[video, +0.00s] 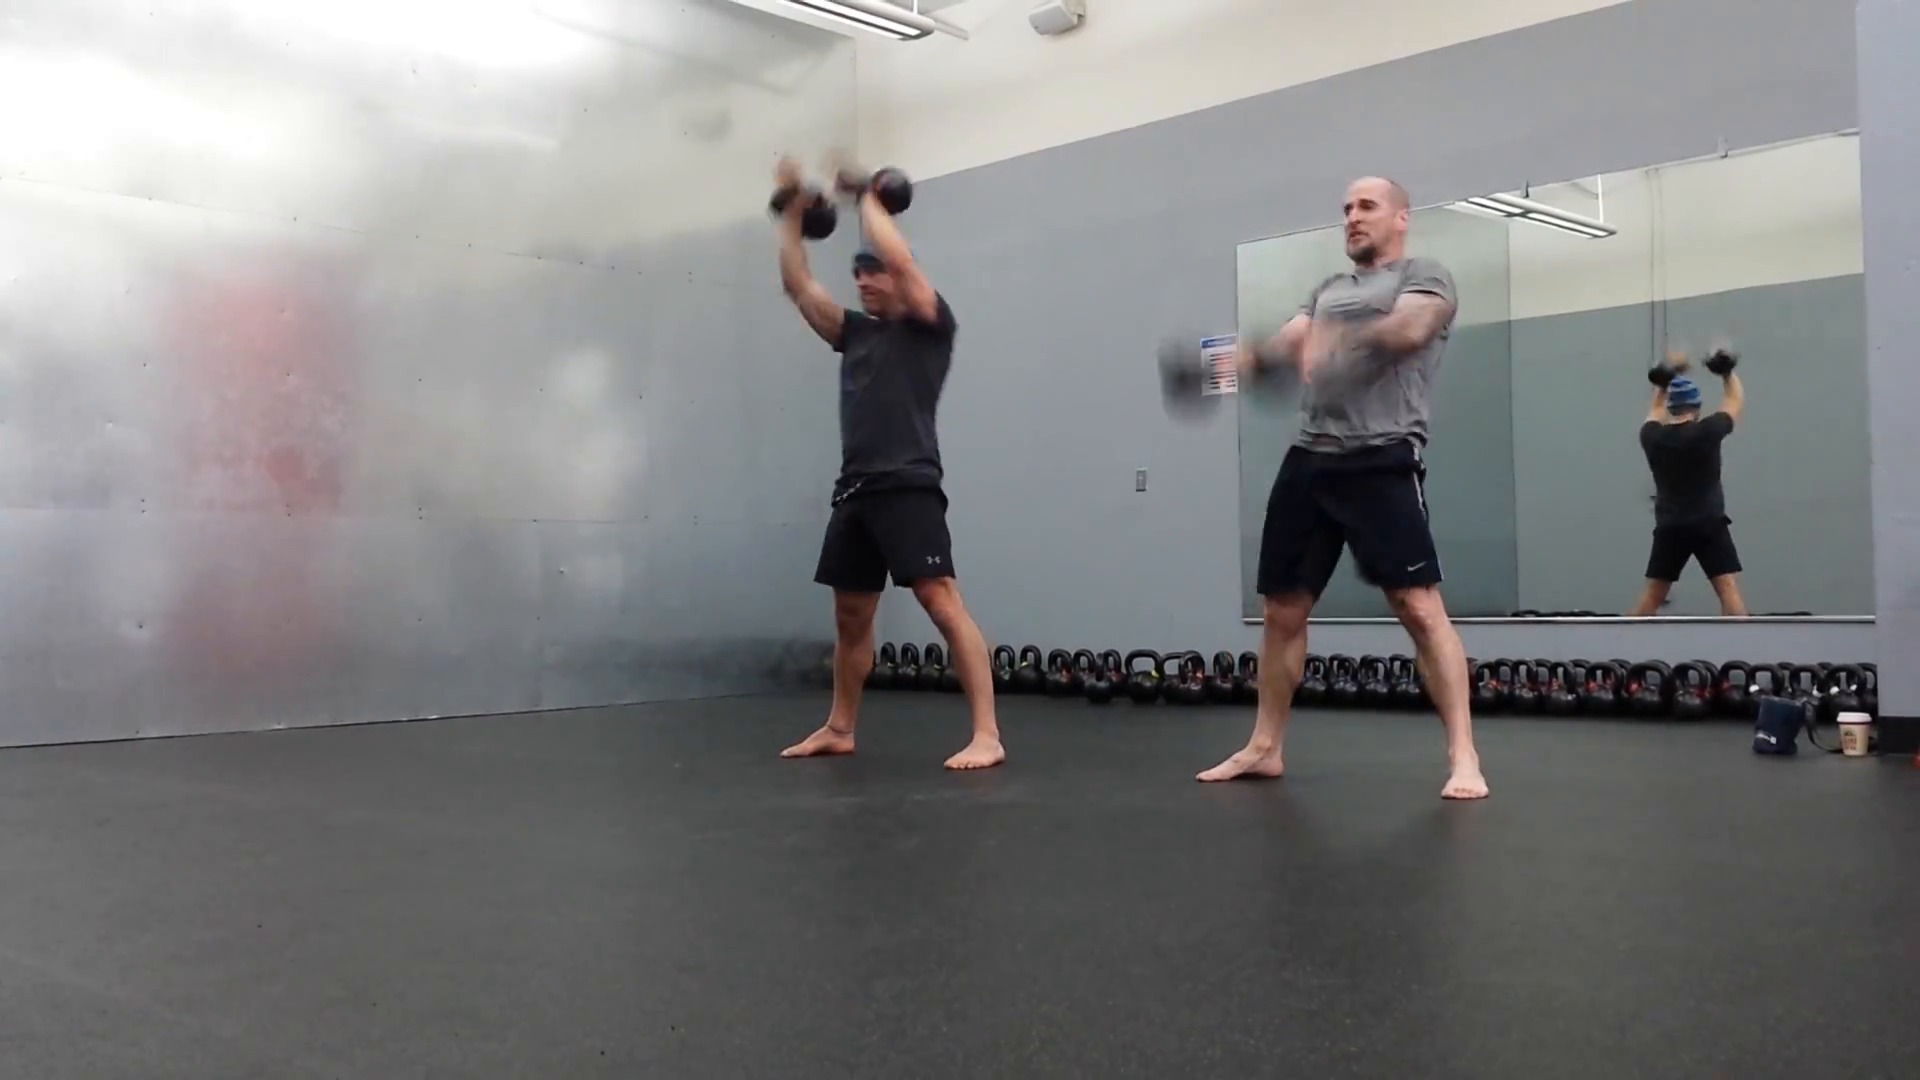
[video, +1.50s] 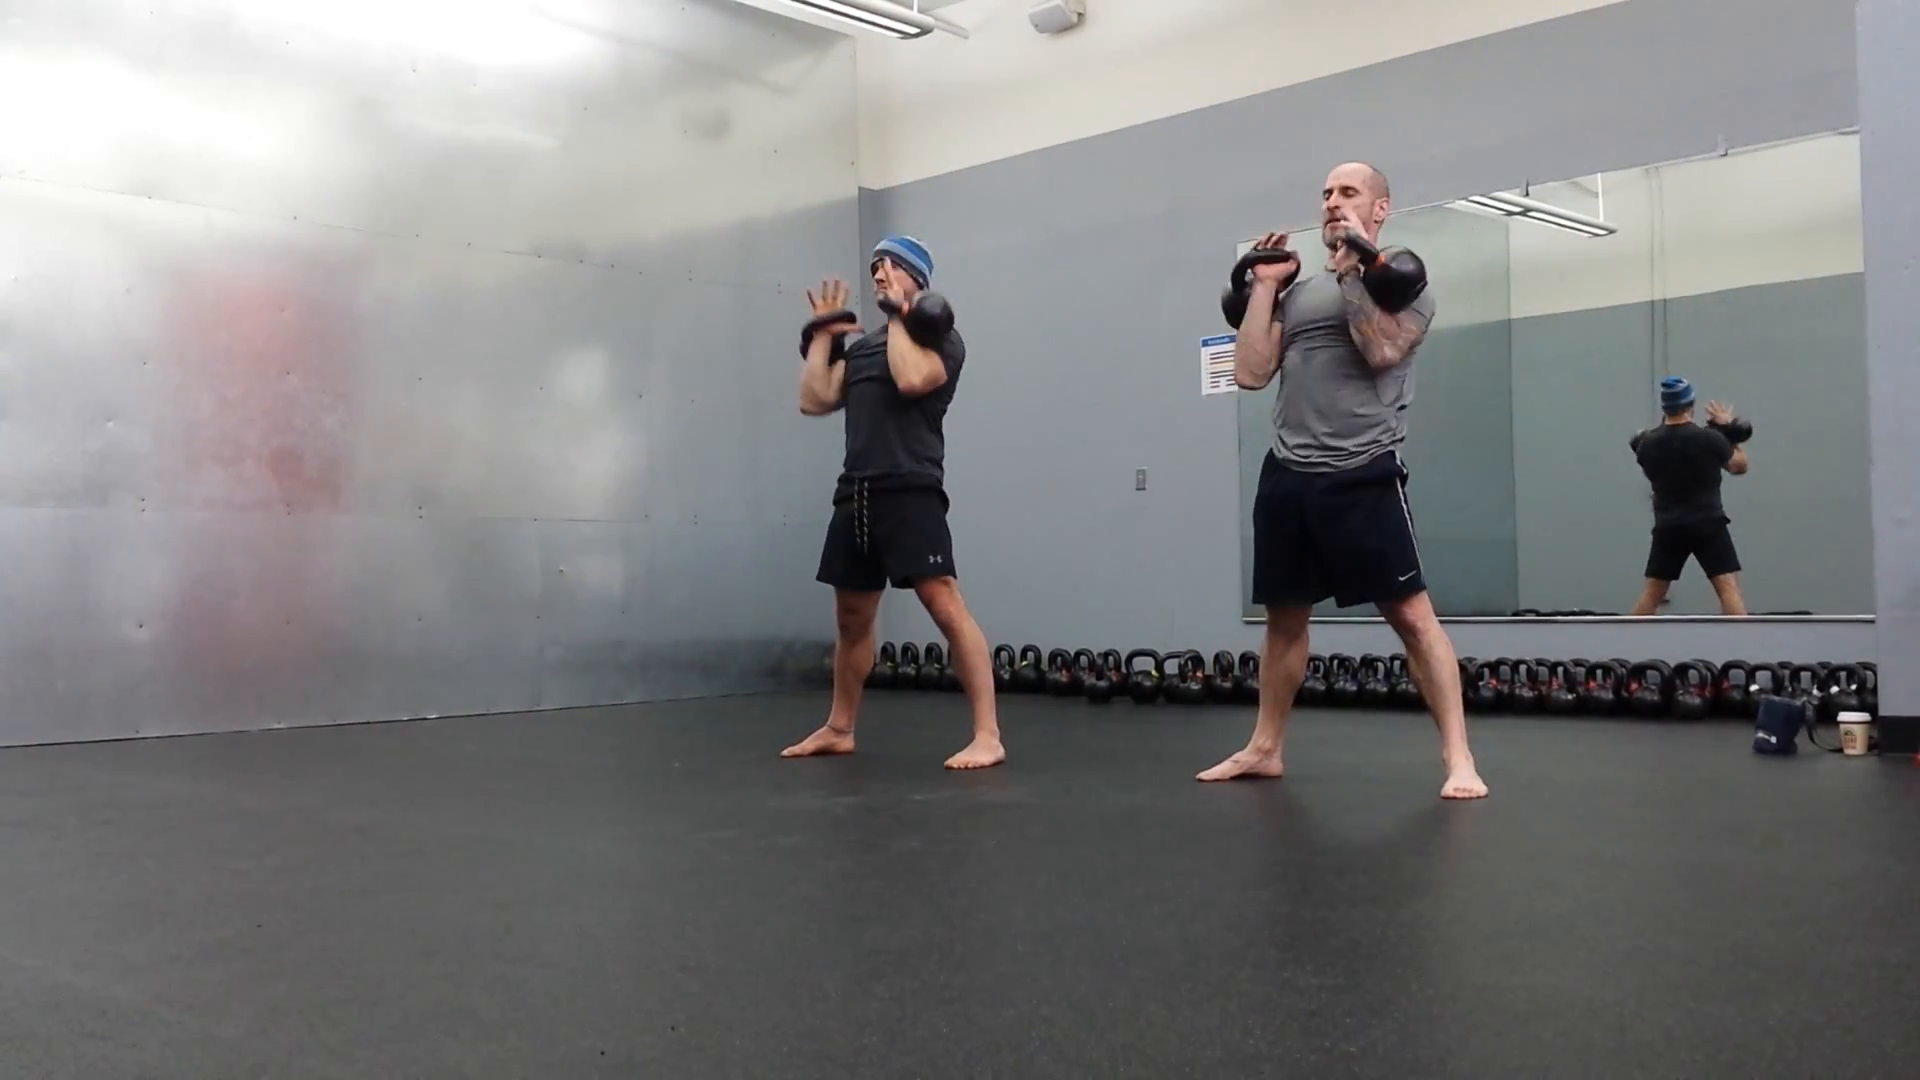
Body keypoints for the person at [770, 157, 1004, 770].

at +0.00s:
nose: (862, 279)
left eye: (875, 270)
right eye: (858, 271)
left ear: (901, 276)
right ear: (857, 279)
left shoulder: (931, 327)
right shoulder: (854, 332)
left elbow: (899, 261)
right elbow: (799, 285)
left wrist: (867, 197)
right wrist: (793, 215)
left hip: (911, 489)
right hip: (856, 492)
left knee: (943, 605)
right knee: (852, 617)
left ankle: (987, 736)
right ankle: (839, 729)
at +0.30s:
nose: (845, 278)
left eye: (855, 269)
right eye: (839, 270)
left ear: (884, 275)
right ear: (836, 279)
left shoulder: (907, 315)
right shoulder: (839, 324)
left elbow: (910, 227)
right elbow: (815, 246)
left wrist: (897, 151)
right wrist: (823, 167)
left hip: (894, 487)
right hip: (839, 491)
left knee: (937, 608)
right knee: (847, 618)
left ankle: (986, 735)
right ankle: (839, 727)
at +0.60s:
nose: (851, 279)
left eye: (861, 270)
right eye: (845, 271)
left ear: (889, 277)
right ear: (841, 280)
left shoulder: (910, 321)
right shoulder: (842, 328)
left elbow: (918, 231)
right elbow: (819, 251)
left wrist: (904, 158)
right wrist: (826, 172)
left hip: (894, 489)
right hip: (838, 492)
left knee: (936, 608)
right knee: (847, 619)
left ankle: (986, 736)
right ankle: (839, 728)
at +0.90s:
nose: (859, 273)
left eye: (869, 265)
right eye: (858, 267)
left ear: (898, 272)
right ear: (858, 280)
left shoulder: (920, 321)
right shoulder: (848, 329)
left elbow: (924, 242)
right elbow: (801, 273)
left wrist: (907, 176)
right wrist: (815, 201)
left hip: (899, 487)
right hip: (844, 491)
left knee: (938, 607)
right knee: (849, 617)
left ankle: (986, 736)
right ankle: (840, 728)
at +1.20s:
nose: (878, 274)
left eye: (888, 267)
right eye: (874, 267)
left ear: (913, 278)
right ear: (869, 283)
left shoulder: (938, 336)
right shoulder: (859, 342)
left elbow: (920, 314)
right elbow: (788, 341)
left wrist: (904, 248)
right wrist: (808, 276)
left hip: (912, 491)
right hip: (856, 493)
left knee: (945, 609)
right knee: (853, 620)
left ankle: (987, 736)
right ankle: (839, 728)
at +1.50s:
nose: (881, 275)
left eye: (892, 266)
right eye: (877, 269)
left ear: (919, 278)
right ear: (875, 285)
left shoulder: (941, 340)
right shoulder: (860, 348)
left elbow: (914, 378)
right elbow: (815, 399)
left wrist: (895, 315)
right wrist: (824, 329)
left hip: (912, 492)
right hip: (855, 494)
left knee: (947, 610)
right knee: (852, 618)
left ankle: (987, 736)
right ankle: (839, 727)